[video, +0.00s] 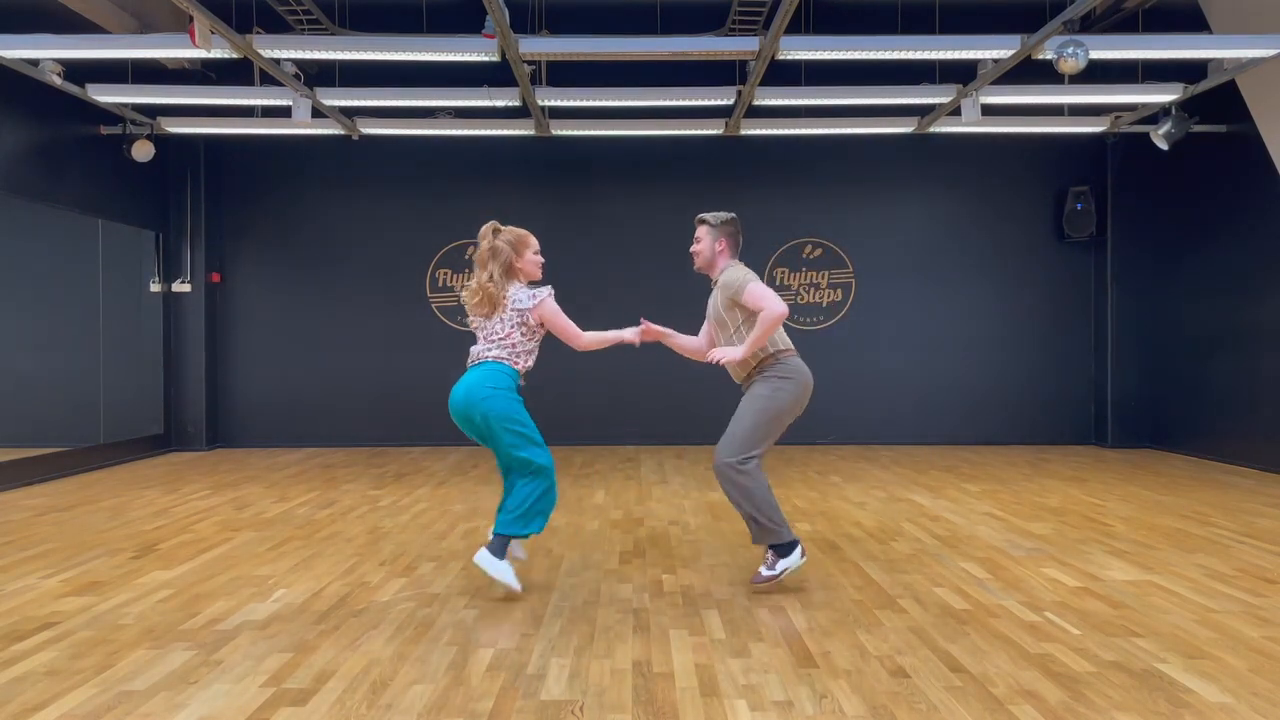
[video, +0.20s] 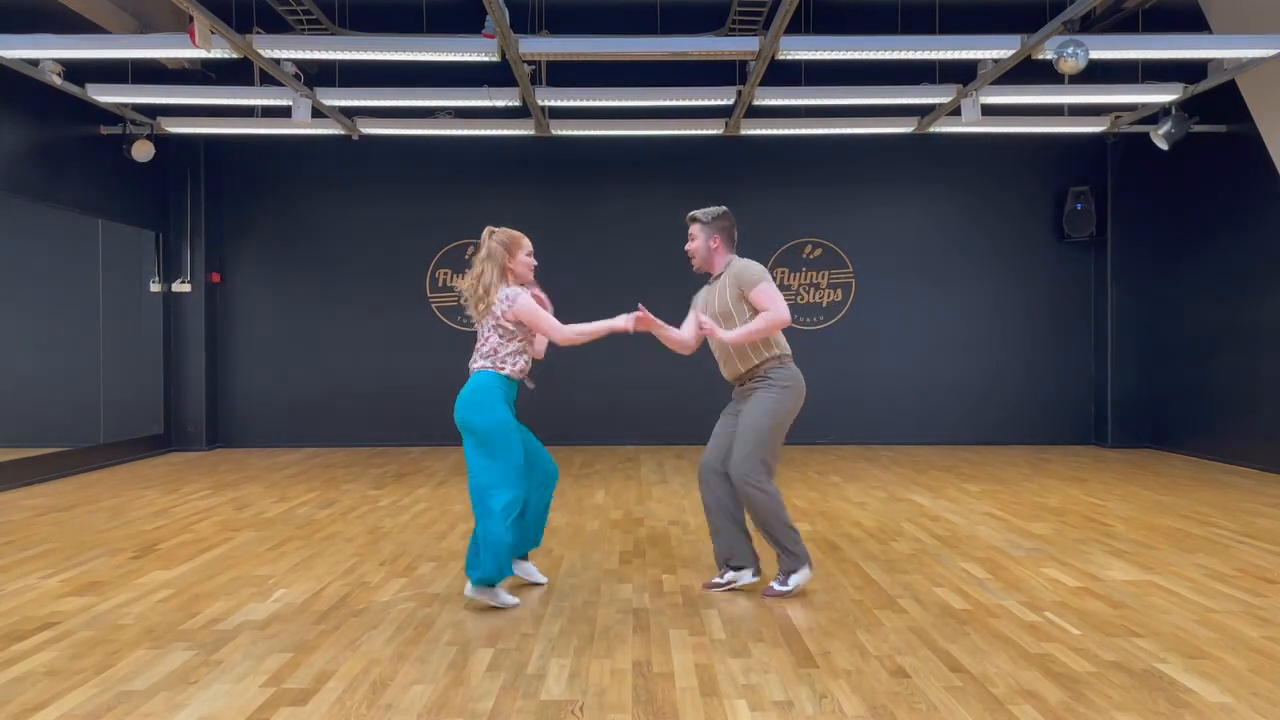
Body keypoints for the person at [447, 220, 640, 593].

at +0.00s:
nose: (542, 258)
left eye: (540, 252)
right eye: (535, 253)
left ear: (507, 263)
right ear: (514, 261)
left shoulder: (488, 296)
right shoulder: (536, 299)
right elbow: (581, 340)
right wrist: (624, 335)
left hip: (464, 393)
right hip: (494, 390)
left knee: (516, 463)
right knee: (538, 467)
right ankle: (495, 551)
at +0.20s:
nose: (534, 260)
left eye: (532, 254)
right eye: (528, 254)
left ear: (508, 261)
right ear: (507, 260)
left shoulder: (503, 297)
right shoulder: (513, 297)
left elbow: (536, 351)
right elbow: (563, 334)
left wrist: (545, 313)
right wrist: (615, 324)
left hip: (490, 400)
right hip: (485, 400)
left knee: (544, 472)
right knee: (505, 486)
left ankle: (516, 553)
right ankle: (482, 581)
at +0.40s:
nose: (533, 263)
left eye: (532, 256)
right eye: (527, 257)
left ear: (508, 263)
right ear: (504, 261)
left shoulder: (531, 306)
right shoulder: (481, 301)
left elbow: (562, 351)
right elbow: (516, 333)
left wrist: (598, 373)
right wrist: (573, 329)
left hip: (522, 402)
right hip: (483, 405)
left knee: (533, 476)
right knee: (517, 472)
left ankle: (508, 549)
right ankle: (503, 559)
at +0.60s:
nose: (541, 257)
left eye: (539, 250)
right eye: (535, 252)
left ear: (508, 262)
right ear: (513, 260)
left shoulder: (491, 298)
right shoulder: (533, 299)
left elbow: (486, 358)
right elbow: (585, 330)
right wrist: (621, 320)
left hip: (491, 399)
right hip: (505, 403)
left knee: (552, 465)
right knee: (522, 490)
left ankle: (533, 541)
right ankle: (469, 570)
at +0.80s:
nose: (550, 267)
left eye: (549, 261)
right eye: (542, 262)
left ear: (521, 271)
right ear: (520, 270)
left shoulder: (503, 308)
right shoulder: (538, 305)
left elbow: (494, 366)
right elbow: (591, 323)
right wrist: (620, 299)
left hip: (499, 403)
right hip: (517, 404)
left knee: (547, 479)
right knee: (523, 490)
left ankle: (530, 554)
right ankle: (471, 579)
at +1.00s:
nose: (537, 251)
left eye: (543, 248)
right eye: (528, 246)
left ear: (549, 262)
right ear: (511, 257)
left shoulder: (552, 307)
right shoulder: (494, 288)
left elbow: (576, 360)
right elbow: (486, 230)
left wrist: (549, 398)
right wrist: (509, 198)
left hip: (532, 400)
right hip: (488, 401)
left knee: (547, 496)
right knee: (484, 496)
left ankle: (566, 509)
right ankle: (533, 570)